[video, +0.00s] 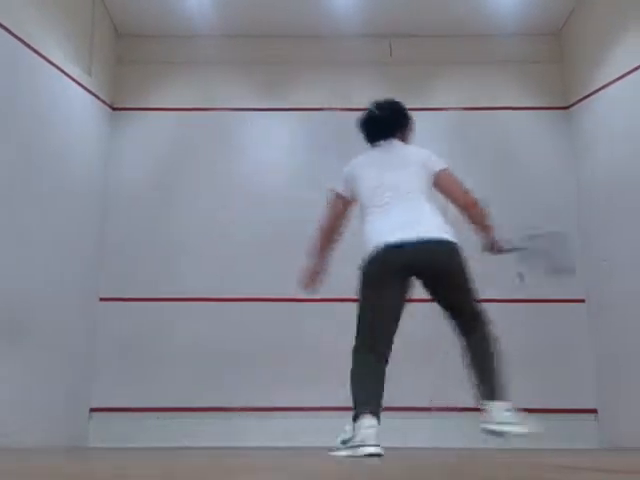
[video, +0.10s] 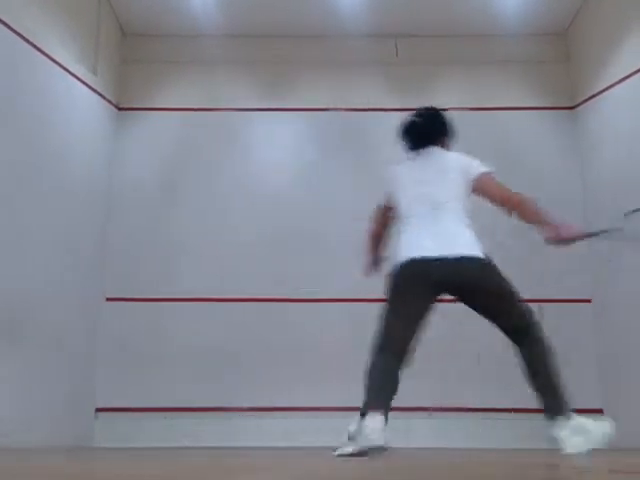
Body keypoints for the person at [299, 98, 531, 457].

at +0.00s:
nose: (412, 132)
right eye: (410, 128)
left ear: (369, 134)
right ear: (404, 130)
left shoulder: (357, 168)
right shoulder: (421, 157)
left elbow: (331, 224)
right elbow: (465, 200)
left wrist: (317, 265)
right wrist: (488, 233)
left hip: (385, 255)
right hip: (437, 249)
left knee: (372, 343)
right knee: (472, 324)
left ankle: (366, 426)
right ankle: (496, 407)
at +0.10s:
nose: (448, 141)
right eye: (446, 136)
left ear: (408, 140)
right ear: (444, 137)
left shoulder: (397, 174)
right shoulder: (460, 163)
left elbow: (378, 224)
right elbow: (507, 198)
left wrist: (374, 259)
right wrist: (552, 225)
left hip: (414, 267)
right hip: (466, 263)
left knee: (391, 347)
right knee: (525, 331)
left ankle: (372, 422)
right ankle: (562, 421)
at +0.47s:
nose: (566, 198)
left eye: (566, 192)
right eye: (565, 192)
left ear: (529, 191)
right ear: (558, 192)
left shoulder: (503, 215)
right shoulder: (557, 213)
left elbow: (465, 248)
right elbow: (598, 248)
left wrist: (424, 266)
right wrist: (638, 254)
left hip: (468, 290)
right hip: (507, 286)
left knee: (491, 347)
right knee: (572, 350)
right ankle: (581, 431)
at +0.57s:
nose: (564, 215)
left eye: (564, 210)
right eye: (563, 210)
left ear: (528, 209)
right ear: (557, 211)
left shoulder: (504, 233)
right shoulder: (558, 233)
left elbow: (468, 256)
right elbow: (590, 271)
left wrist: (429, 267)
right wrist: (628, 284)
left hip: (475, 305)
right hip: (513, 301)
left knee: (496, 362)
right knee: (560, 360)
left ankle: (501, 427)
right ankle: (579, 429)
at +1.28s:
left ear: (481, 238)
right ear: (509, 239)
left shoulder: (477, 252)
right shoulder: (519, 256)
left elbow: (466, 271)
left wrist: (446, 288)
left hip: (494, 304)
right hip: (532, 303)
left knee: (503, 370)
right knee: (531, 365)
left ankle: (519, 434)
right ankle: (535, 424)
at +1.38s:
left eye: (476, 223)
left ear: (475, 225)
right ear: (504, 226)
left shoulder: (473, 240)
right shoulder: (516, 246)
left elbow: (460, 255)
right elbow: (542, 285)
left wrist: (436, 275)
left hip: (492, 302)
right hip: (531, 301)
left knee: (497, 368)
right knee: (531, 367)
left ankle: (513, 431)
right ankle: (544, 431)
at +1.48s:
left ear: (472, 216)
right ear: (500, 217)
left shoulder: (468, 231)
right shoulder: (513, 239)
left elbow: (451, 249)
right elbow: (545, 273)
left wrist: (417, 272)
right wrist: (537, 304)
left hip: (489, 299)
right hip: (528, 299)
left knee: (479, 359)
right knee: (528, 365)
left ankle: (497, 424)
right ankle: (544, 430)